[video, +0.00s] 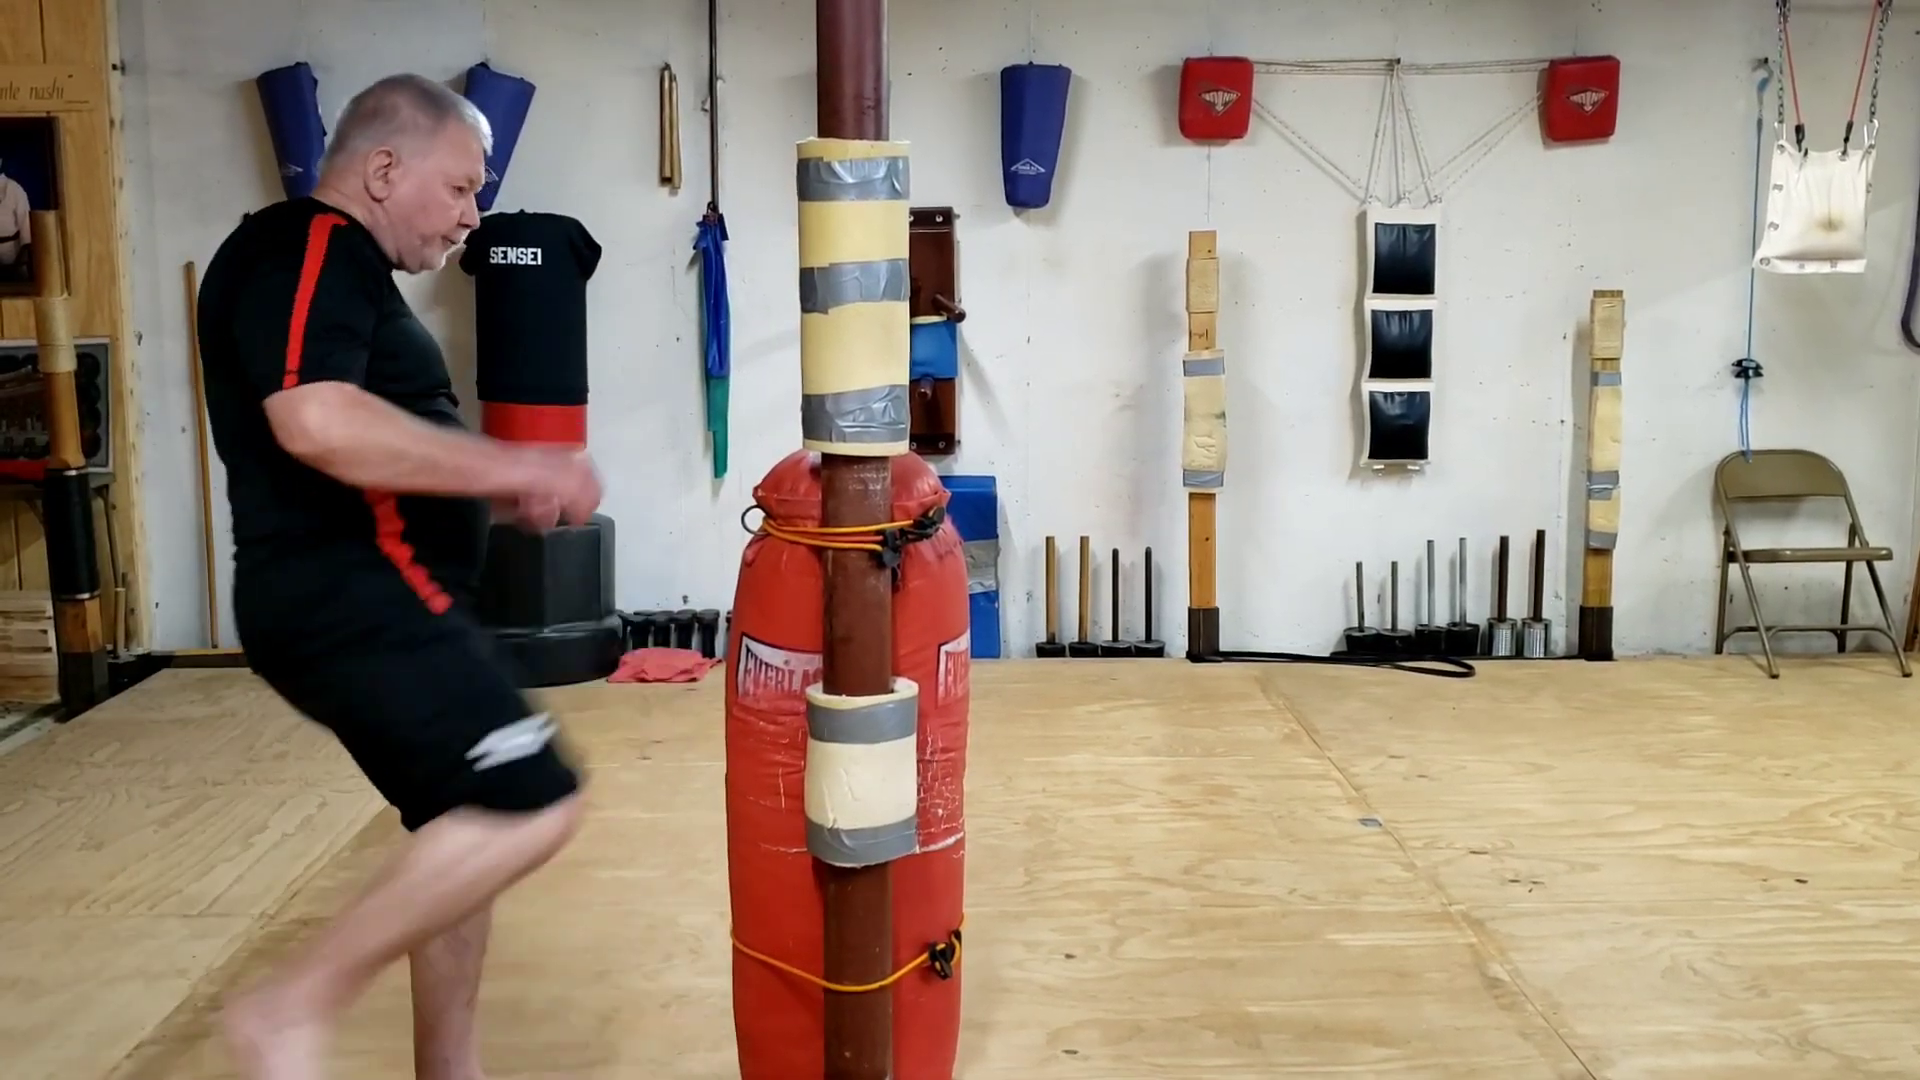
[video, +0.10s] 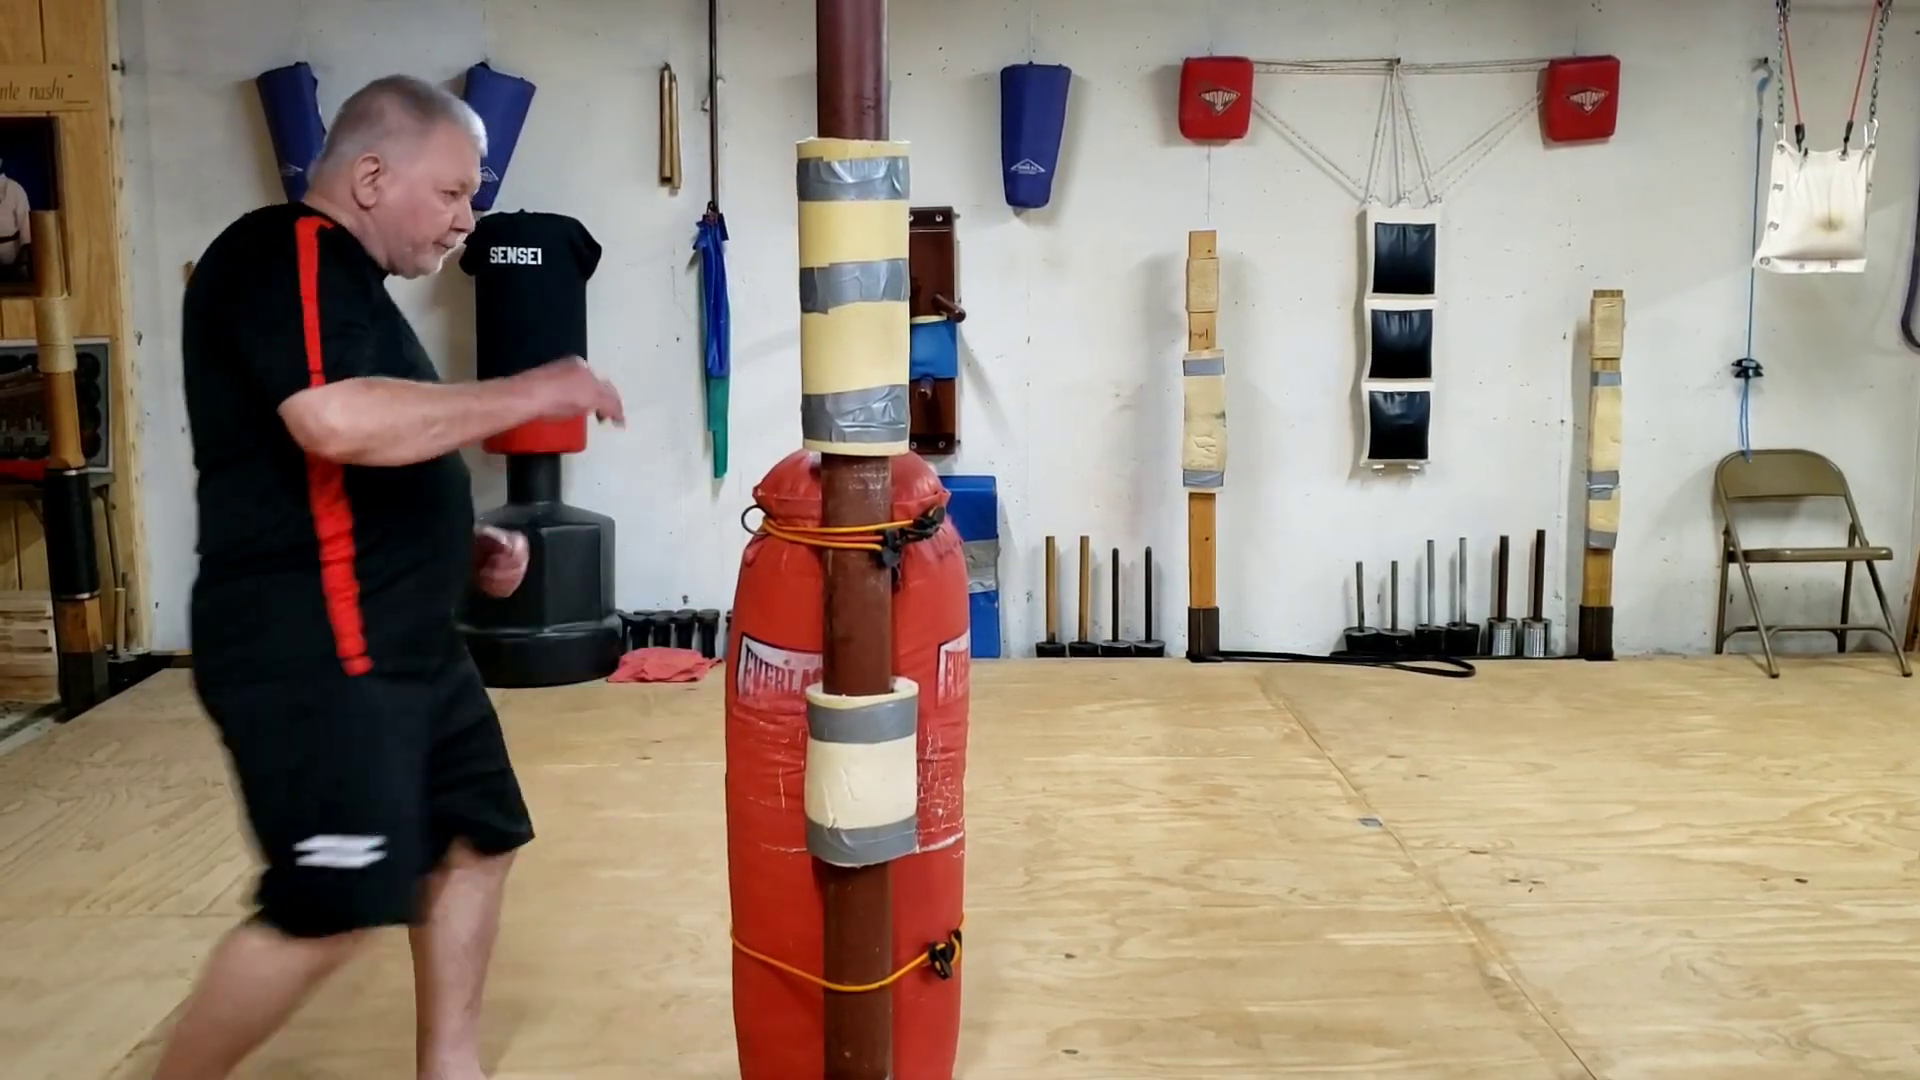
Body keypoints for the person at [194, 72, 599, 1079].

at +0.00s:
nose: (469, 221)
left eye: (475, 198)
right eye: (460, 190)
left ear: (376, 176)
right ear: (382, 168)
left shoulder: (317, 253)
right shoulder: (311, 244)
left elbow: (361, 429)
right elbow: (313, 415)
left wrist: (503, 480)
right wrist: (518, 468)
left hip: (340, 593)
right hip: (344, 592)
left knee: (469, 822)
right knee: (533, 796)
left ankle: (449, 1067)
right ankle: (286, 1009)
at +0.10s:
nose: (466, 224)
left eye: (470, 201)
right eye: (454, 194)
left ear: (374, 184)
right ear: (371, 177)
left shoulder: (346, 276)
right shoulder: (279, 250)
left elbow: (342, 474)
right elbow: (335, 417)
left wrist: (461, 543)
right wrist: (530, 394)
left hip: (409, 636)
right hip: (305, 647)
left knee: (478, 835)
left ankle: (451, 1070)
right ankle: (167, 1071)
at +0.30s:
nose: (412, 243)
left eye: (416, 217)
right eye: (391, 218)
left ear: (311, 216)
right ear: (301, 212)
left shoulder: (353, 303)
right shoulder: (186, 296)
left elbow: (334, 487)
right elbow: (202, 496)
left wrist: (429, 525)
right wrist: (410, 449)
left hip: (365, 656)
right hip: (218, 686)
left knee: (482, 839)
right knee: (185, 946)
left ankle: (447, 1066)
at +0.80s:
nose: (451, 236)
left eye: (456, 214)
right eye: (438, 209)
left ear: (357, 203)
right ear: (354, 200)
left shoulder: (335, 287)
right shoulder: (267, 277)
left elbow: (321, 481)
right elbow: (416, 420)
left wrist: (429, 579)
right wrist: (569, 322)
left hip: (386, 646)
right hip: (262, 661)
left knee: (490, 837)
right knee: (197, 926)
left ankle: (450, 1068)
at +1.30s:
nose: (481, 229)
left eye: (486, 207)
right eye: (475, 200)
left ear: (393, 181)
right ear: (400, 178)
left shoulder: (311, 255)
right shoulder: (328, 251)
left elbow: (363, 455)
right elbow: (318, 445)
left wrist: (493, 469)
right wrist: (499, 556)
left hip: (343, 598)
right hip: (363, 591)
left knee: (477, 832)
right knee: (631, 682)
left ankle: (450, 1065)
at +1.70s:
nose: (400, 248)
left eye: (404, 222)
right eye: (378, 225)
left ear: (299, 221)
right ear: (288, 220)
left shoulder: (349, 303)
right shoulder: (173, 305)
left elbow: (341, 475)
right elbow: (203, 507)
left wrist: (424, 522)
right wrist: (418, 443)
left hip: (355, 657)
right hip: (211, 685)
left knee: (477, 840)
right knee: (180, 952)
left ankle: (446, 1066)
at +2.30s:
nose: (456, 211)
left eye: (461, 189)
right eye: (448, 183)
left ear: (365, 170)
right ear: (370, 166)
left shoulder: (337, 248)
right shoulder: (305, 243)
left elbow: (443, 378)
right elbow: (445, 379)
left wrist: (586, 335)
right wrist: (617, 320)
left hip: (424, 600)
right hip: (359, 606)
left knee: (490, 833)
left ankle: (449, 1067)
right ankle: (202, 1047)